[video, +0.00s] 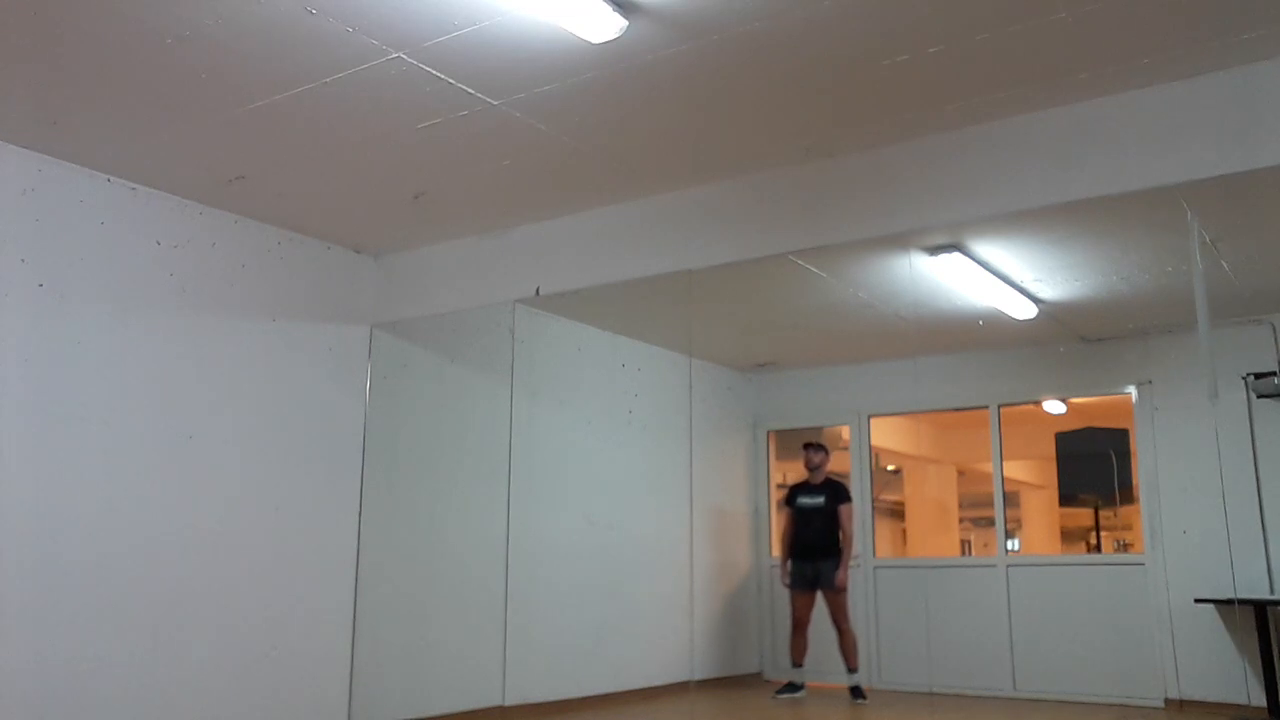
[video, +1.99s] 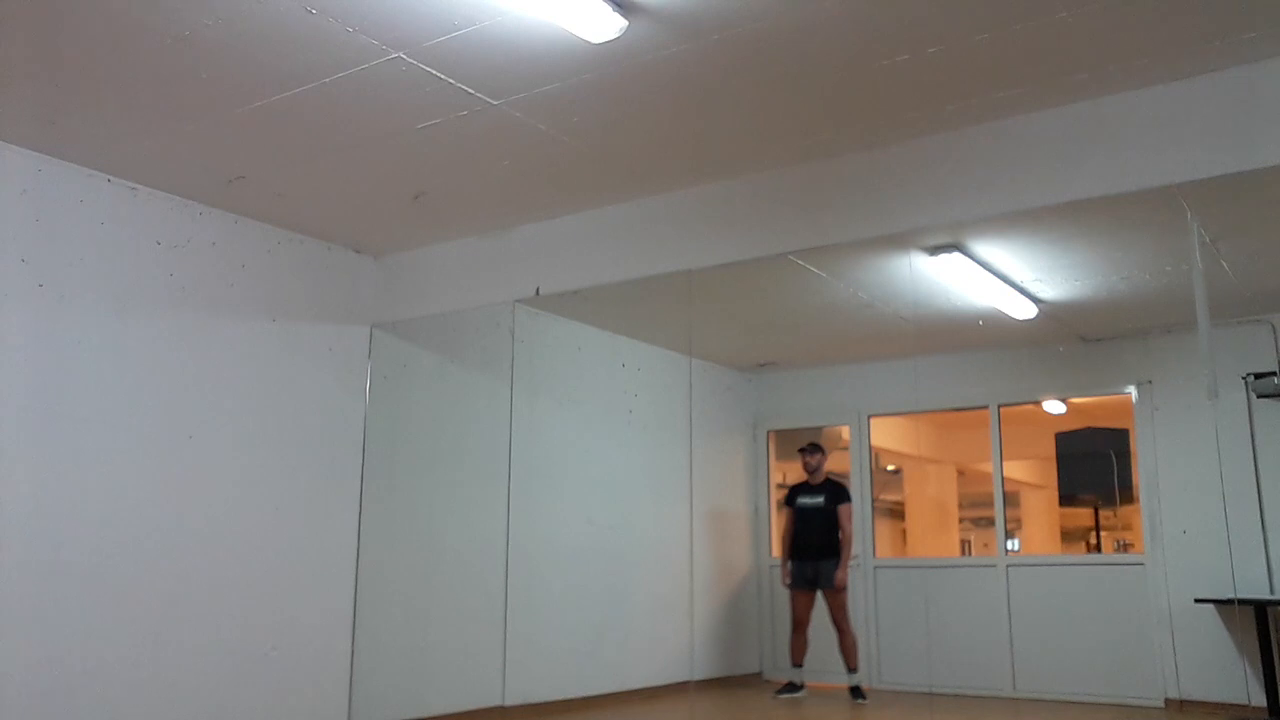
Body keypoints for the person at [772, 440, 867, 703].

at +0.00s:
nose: (812, 458)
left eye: (817, 454)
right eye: (808, 454)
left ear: (827, 459)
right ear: (804, 459)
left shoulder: (838, 490)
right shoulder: (795, 491)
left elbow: (847, 531)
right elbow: (788, 528)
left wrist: (844, 567)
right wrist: (784, 562)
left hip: (830, 563)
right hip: (801, 564)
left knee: (842, 623)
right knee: (799, 623)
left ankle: (854, 682)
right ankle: (796, 680)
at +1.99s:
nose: (808, 460)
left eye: (813, 455)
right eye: (805, 456)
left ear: (824, 458)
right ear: (801, 461)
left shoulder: (838, 490)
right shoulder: (795, 492)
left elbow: (846, 531)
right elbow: (788, 529)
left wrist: (843, 567)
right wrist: (785, 562)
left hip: (830, 563)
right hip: (801, 564)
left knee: (841, 623)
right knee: (799, 624)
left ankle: (854, 682)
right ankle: (796, 680)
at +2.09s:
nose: (808, 460)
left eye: (813, 455)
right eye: (805, 456)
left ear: (824, 458)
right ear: (801, 461)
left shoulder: (838, 490)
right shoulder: (795, 491)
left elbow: (846, 531)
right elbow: (788, 529)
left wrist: (843, 566)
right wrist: (785, 562)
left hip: (830, 563)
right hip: (801, 564)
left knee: (842, 624)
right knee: (799, 624)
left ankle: (854, 682)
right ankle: (796, 680)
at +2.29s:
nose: (809, 461)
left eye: (814, 456)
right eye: (805, 457)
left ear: (825, 459)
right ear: (802, 462)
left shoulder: (838, 490)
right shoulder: (796, 491)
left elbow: (846, 531)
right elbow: (788, 528)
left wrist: (843, 566)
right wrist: (785, 562)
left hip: (830, 563)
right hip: (801, 564)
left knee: (842, 624)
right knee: (799, 624)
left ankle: (854, 682)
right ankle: (796, 680)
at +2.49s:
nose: (810, 461)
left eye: (815, 456)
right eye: (806, 457)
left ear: (825, 459)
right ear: (803, 461)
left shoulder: (839, 490)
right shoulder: (796, 491)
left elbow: (847, 531)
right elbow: (788, 528)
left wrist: (844, 566)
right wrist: (786, 562)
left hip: (831, 564)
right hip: (802, 565)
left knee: (842, 623)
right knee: (799, 624)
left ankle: (854, 682)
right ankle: (796, 680)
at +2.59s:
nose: (810, 461)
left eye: (815, 456)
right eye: (806, 457)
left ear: (825, 459)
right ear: (803, 461)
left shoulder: (839, 490)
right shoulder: (796, 491)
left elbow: (848, 530)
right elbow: (788, 528)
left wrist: (845, 566)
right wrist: (785, 562)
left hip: (831, 563)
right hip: (802, 565)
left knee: (842, 624)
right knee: (799, 623)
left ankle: (854, 682)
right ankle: (796, 680)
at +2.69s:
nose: (810, 461)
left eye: (815, 456)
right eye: (806, 457)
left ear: (825, 459)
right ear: (803, 461)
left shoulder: (839, 490)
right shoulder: (796, 491)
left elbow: (848, 530)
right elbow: (788, 528)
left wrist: (845, 566)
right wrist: (785, 562)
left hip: (831, 564)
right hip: (802, 565)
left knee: (842, 624)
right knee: (799, 623)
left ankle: (854, 682)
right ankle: (796, 680)